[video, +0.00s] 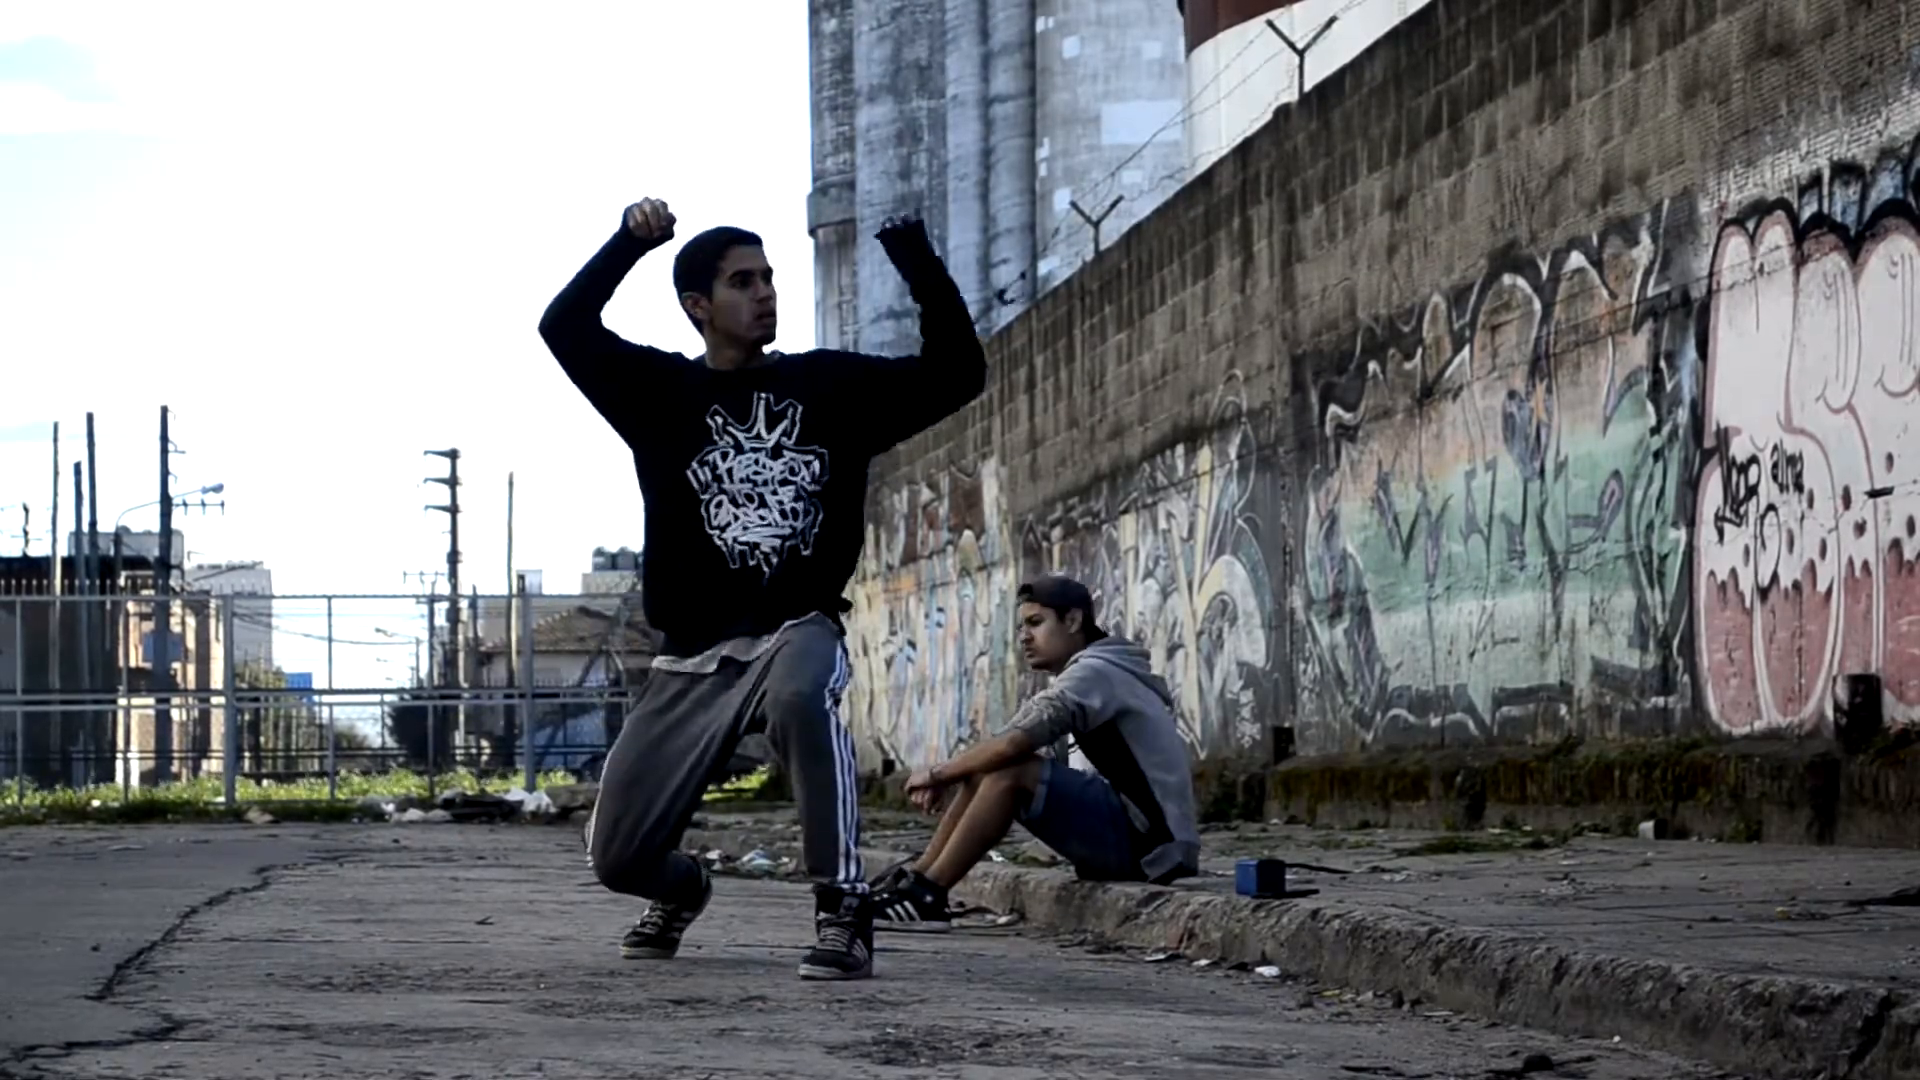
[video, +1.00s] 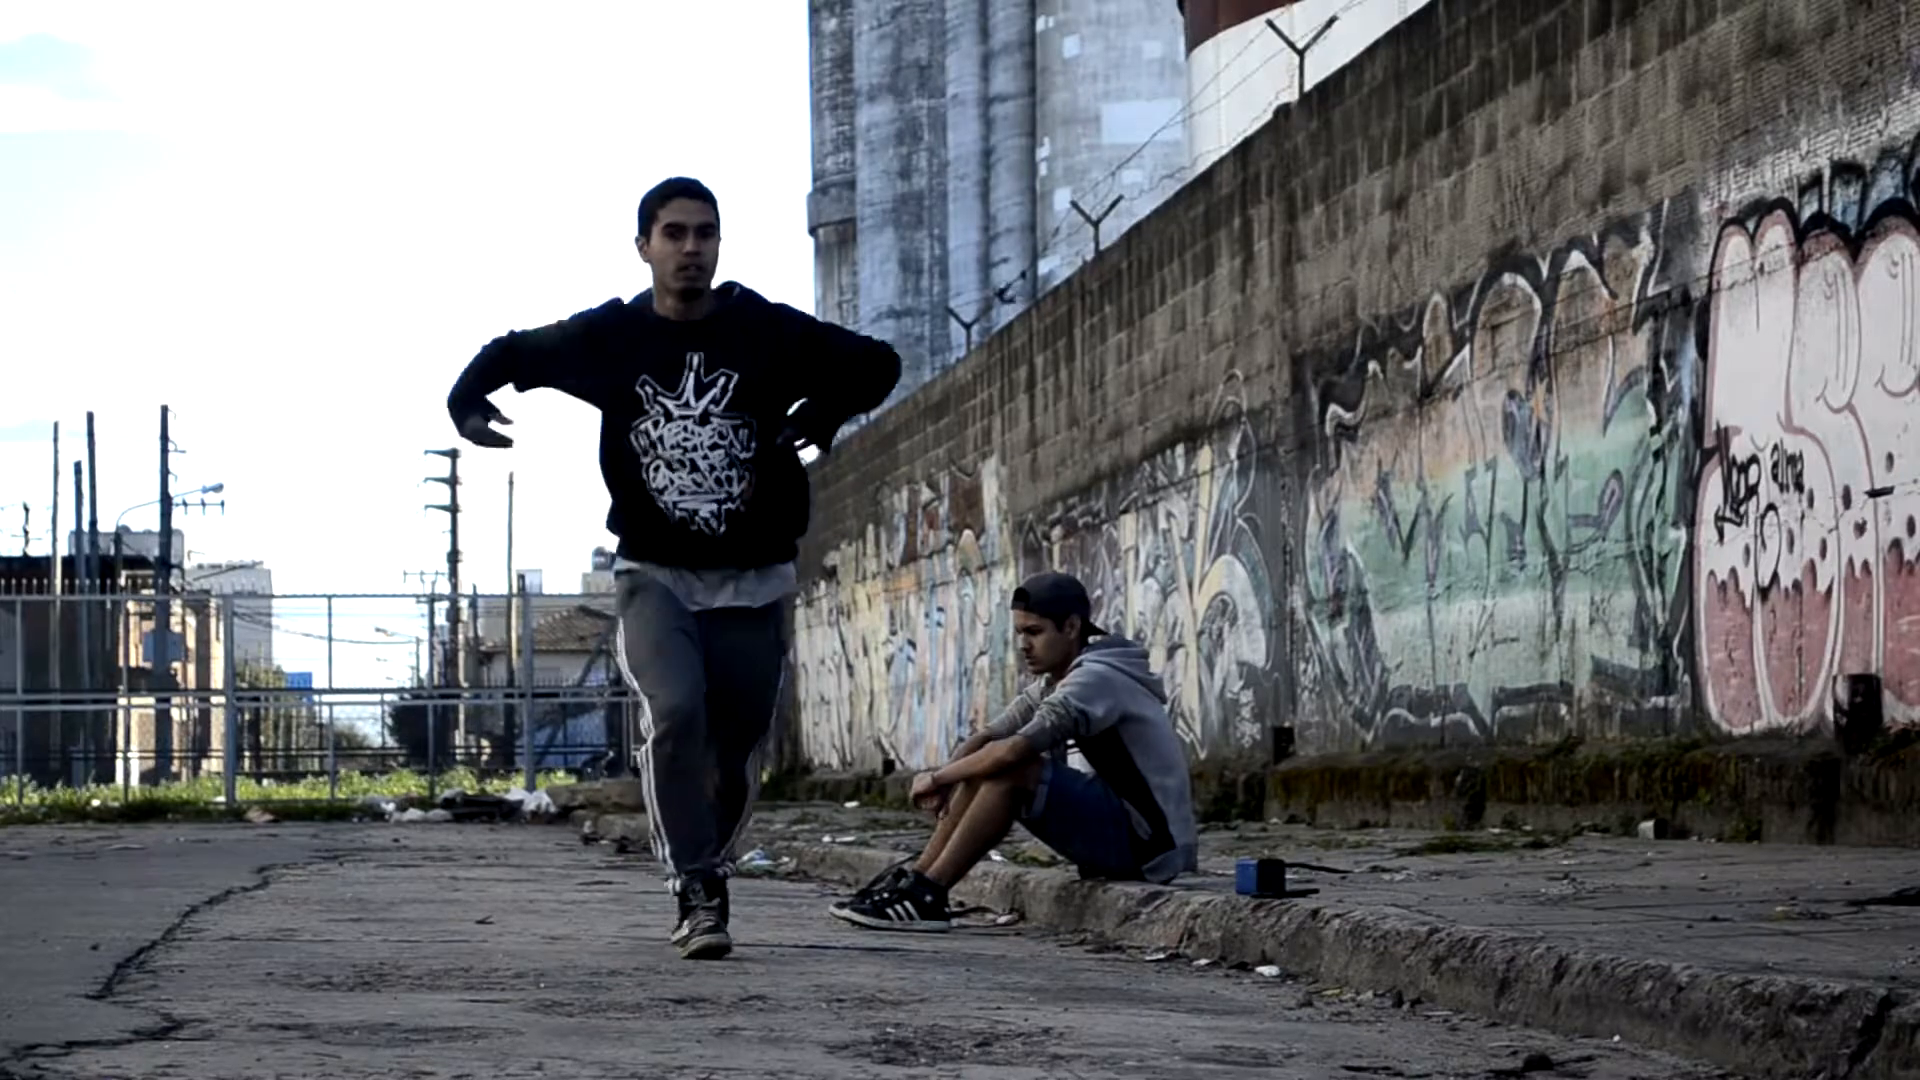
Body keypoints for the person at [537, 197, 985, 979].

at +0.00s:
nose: (766, 294)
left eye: (769, 279)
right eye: (744, 282)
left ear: (776, 292)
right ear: (698, 305)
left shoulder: (831, 384)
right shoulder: (658, 390)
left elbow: (957, 374)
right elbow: (566, 327)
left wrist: (920, 267)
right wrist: (629, 244)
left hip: (796, 628)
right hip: (689, 657)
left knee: (800, 697)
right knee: (618, 858)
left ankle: (841, 911)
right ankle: (684, 886)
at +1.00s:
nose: (692, 247)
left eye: (705, 233)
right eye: (676, 233)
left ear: (720, 244)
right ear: (645, 245)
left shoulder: (764, 328)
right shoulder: (609, 336)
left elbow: (877, 364)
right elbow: (509, 354)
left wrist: (816, 419)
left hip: (755, 580)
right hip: (657, 577)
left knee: (738, 747)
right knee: (675, 715)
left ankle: (703, 877)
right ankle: (696, 888)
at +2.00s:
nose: (598, 266)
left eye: (613, 251)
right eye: (581, 252)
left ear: (635, 263)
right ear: (555, 270)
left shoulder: (690, 341)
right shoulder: (533, 363)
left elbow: (762, 437)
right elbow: (465, 448)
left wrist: (671, 501)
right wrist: (482, 473)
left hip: (701, 611)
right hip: (583, 604)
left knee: (772, 731)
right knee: (456, 710)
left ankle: (760, 910)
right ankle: (405, 902)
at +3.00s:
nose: (597, 192)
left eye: (608, 177)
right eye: (579, 177)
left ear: (620, 185)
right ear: (542, 188)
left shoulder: (681, 283)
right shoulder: (507, 292)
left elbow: (762, 383)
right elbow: (409, 407)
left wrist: (716, 451)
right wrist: (501, 468)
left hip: (670, 557)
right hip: (549, 554)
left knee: (715, 715)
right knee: (475, 696)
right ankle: (442, 837)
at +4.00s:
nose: (834, 284)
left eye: (845, 271)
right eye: (817, 267)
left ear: (852, 281)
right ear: (775, 271)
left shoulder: (851, 383)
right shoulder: (736, 373)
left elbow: (895, 497)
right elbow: (719, 518)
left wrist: (965, 504)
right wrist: (758, 417)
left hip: (965, 579)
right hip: (879, 591)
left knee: (1055, 741)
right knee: (884, 771)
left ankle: (982, 919)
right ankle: (776, 896)